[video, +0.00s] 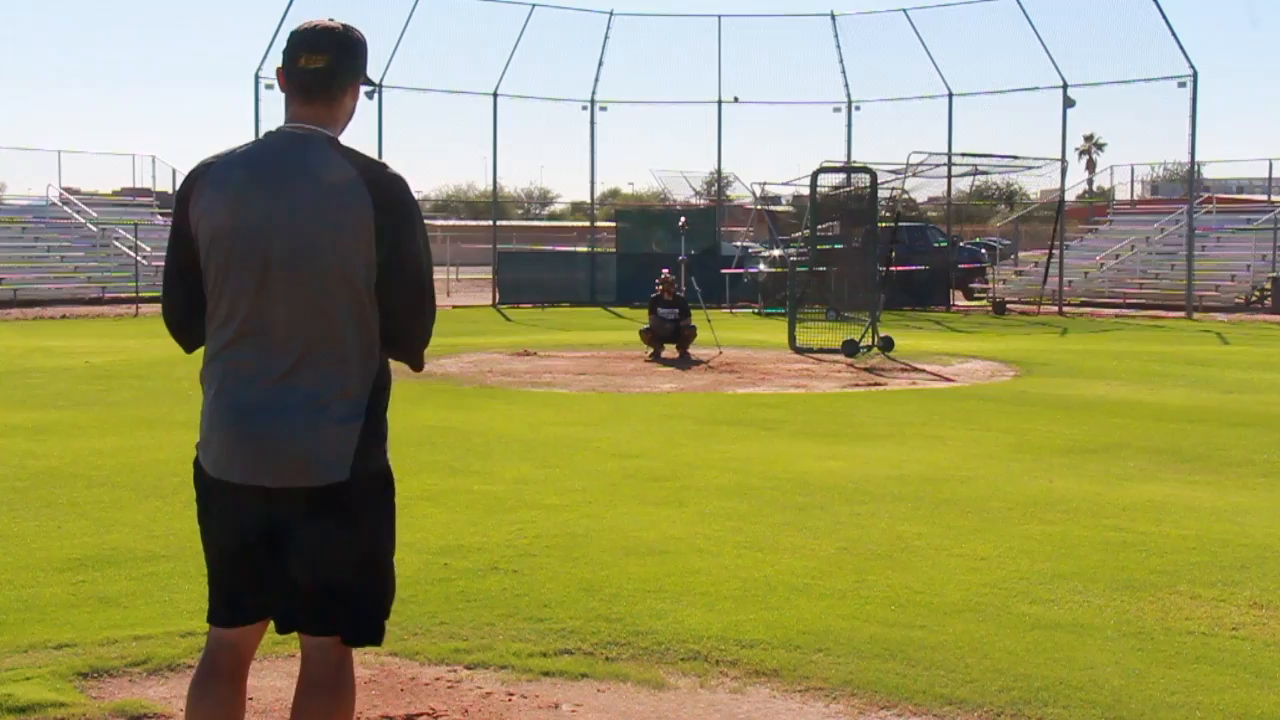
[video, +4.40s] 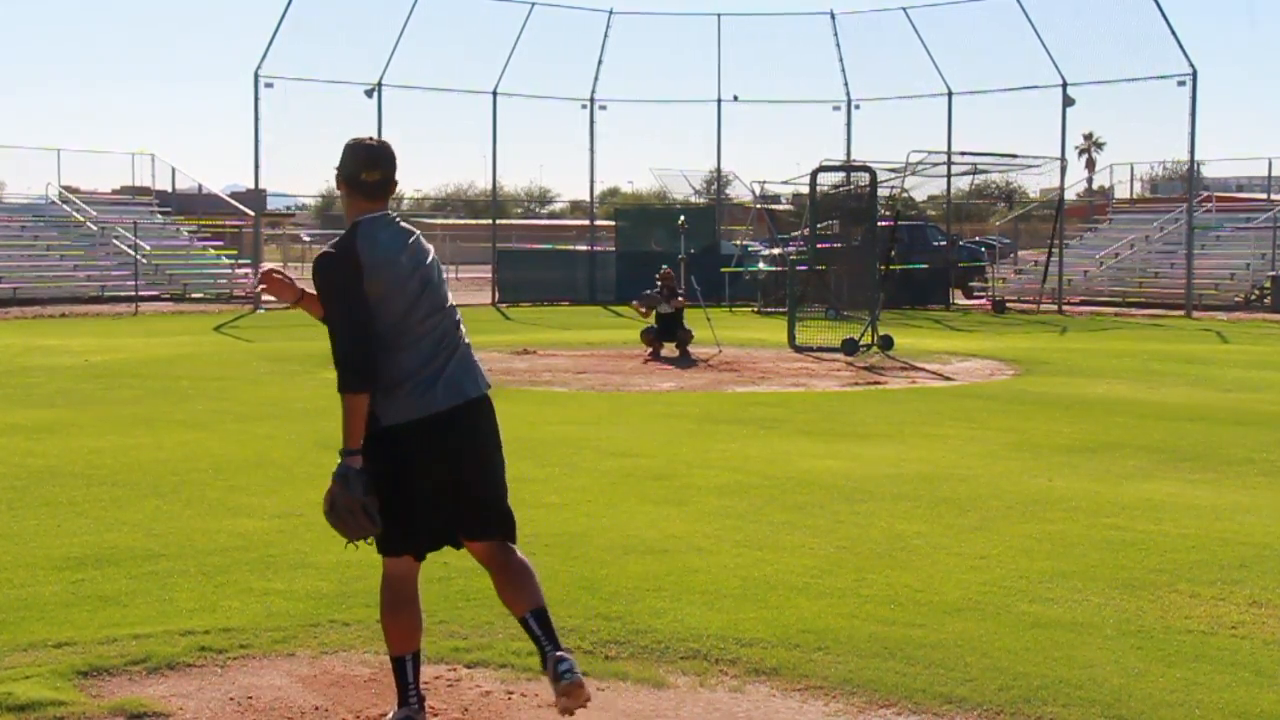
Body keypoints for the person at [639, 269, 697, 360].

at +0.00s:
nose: (668, 287)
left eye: (670, 284)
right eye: (665, 284)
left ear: (674, 286)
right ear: (661, 286)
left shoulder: (680, 300)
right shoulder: (655, 299)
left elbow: (687, 319)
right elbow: (652, 318)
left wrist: (674, 325)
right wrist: (662, 326)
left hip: (676, 329)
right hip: (660, 330)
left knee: (691, 330)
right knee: (645, 333)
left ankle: (683, 350)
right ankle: (657, 348)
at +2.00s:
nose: (669, 286)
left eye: (671, 283)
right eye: (666, 283)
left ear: (675, 285)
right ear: (662, 285)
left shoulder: (682, 300)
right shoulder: (655, 299)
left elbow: (688, 319)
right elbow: (653, 318)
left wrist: (675, 324)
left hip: (677, 329)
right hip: (661, 329)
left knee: (691, 329)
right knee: (645, 332)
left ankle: (683, 350)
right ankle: (657, 348)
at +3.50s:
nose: (667, 286)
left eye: (670, 283)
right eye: (664, 283)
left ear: (674, 285)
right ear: (660, 285)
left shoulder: (680, 299)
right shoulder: (654, 299)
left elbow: (686, 316)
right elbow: (651, 318)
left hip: (677, 326)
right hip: (661, 326)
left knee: (688, 328)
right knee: (646, 331)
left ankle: (683, 349)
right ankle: (657, 347)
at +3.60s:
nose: (667, 285)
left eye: (670, 282)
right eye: (665, 283)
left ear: (674, 284)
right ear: (661, 284)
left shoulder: (679, 298)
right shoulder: (654, 299)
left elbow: (690, 316)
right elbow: (650, 318)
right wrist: (659, 321)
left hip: (675, 326)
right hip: (660, 325)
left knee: (689, 329)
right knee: (646, 331)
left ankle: (683, 350)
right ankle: (656, 348)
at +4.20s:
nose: (666, 287)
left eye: (669, 284)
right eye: (664, 284)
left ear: (673, 284)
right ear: (659, 285)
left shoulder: (678, 296)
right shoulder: (655, 297)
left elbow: (687, 305)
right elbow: (649, 317)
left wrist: (680, 306)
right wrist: (651, 315)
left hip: (675, 327)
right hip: (660, 328)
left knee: (687, 331)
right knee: (645, 331)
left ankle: (683, 350)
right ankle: (656, 348)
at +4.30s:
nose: (666, 285)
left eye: (669, 282)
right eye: (663, 282)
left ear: (673, 283)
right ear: (659, 283)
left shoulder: (678, 295)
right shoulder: (655, 296)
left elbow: (685, 304)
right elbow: (649, 318)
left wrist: (679, 306)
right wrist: (649, 305)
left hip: (676, 330)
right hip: (660, 330)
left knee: (687, 332)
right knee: (645, 332)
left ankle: (683, 349)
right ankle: (656, 348)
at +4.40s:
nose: (666, 282)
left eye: (668, 279)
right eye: (663, 279)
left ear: (673, 280)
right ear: (659, 280)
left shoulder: (678, 293)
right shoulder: (655, 295)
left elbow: (681, 303)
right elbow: (646, 315)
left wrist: (675, 303)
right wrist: (638, 308)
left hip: (677, 330)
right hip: (661, 331)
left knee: (686, 334)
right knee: (646, 334)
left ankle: (682, 349)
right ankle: (656, 347)